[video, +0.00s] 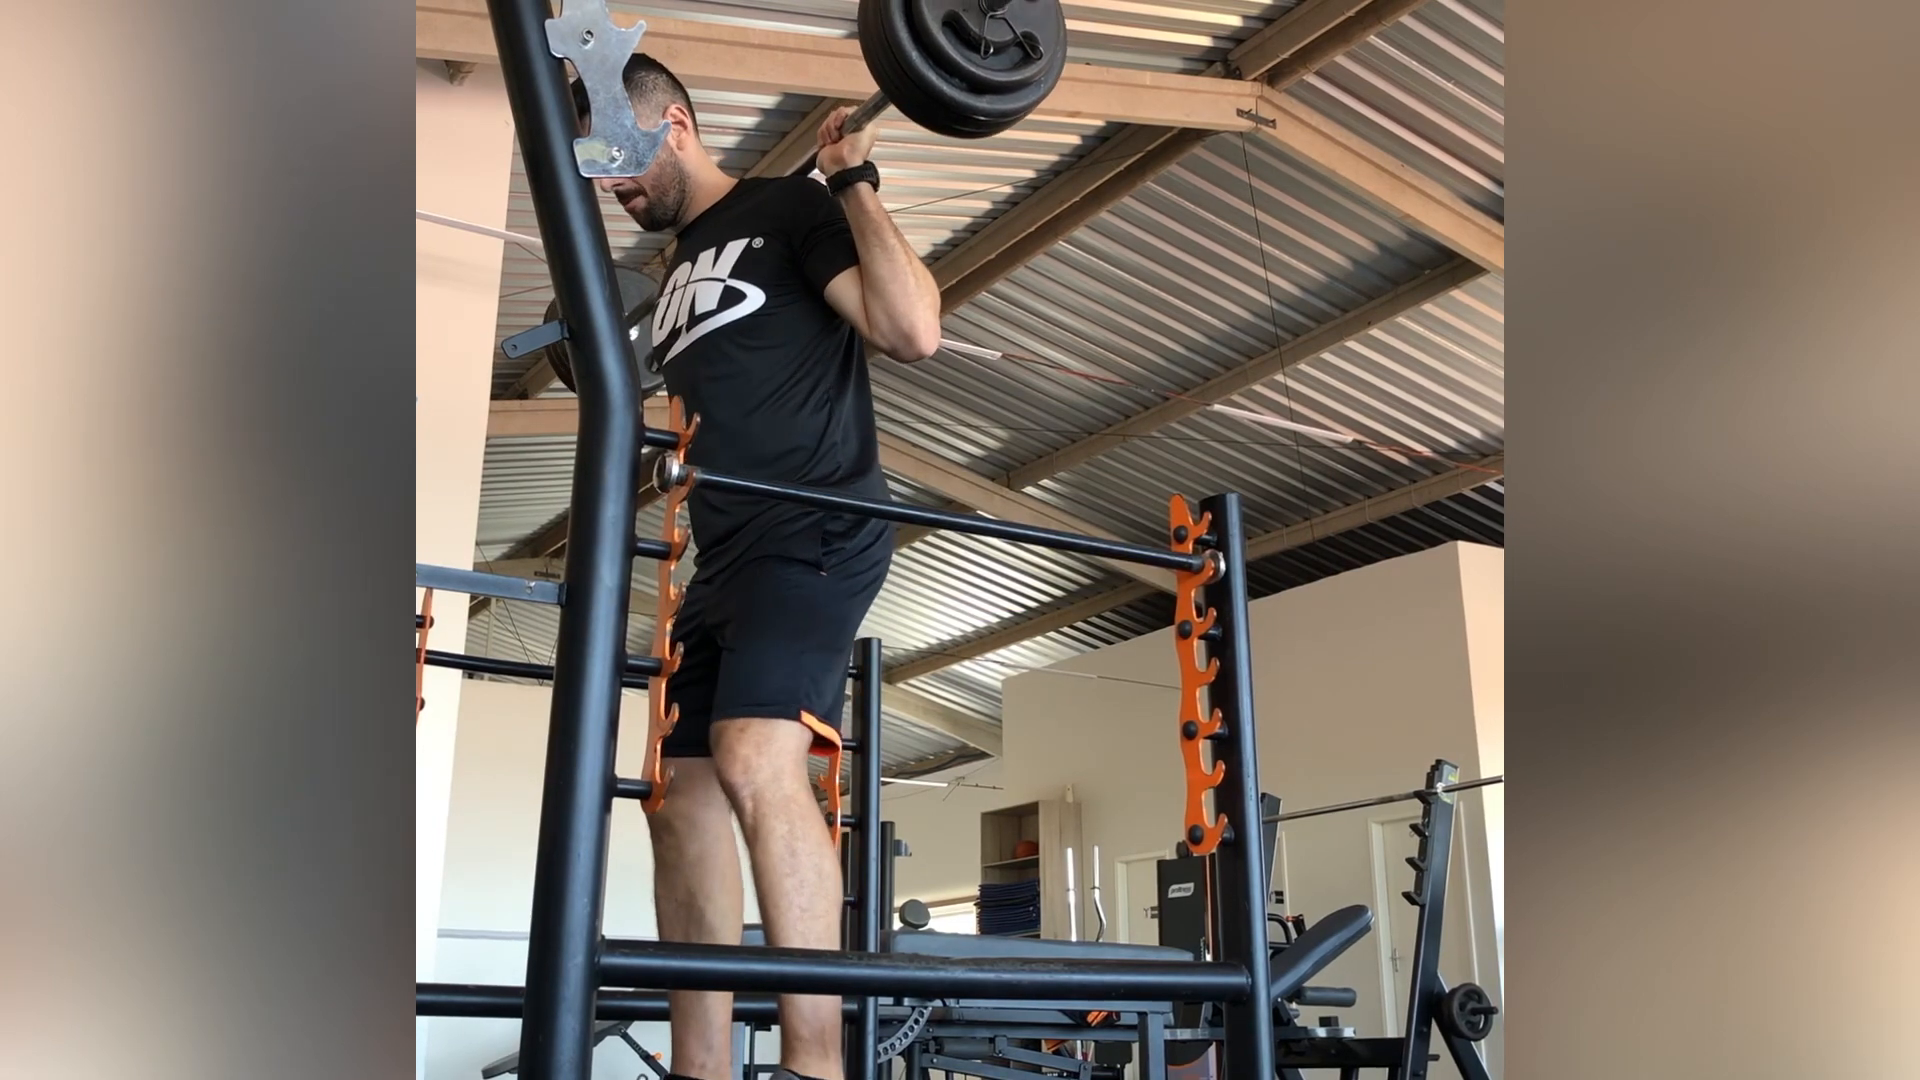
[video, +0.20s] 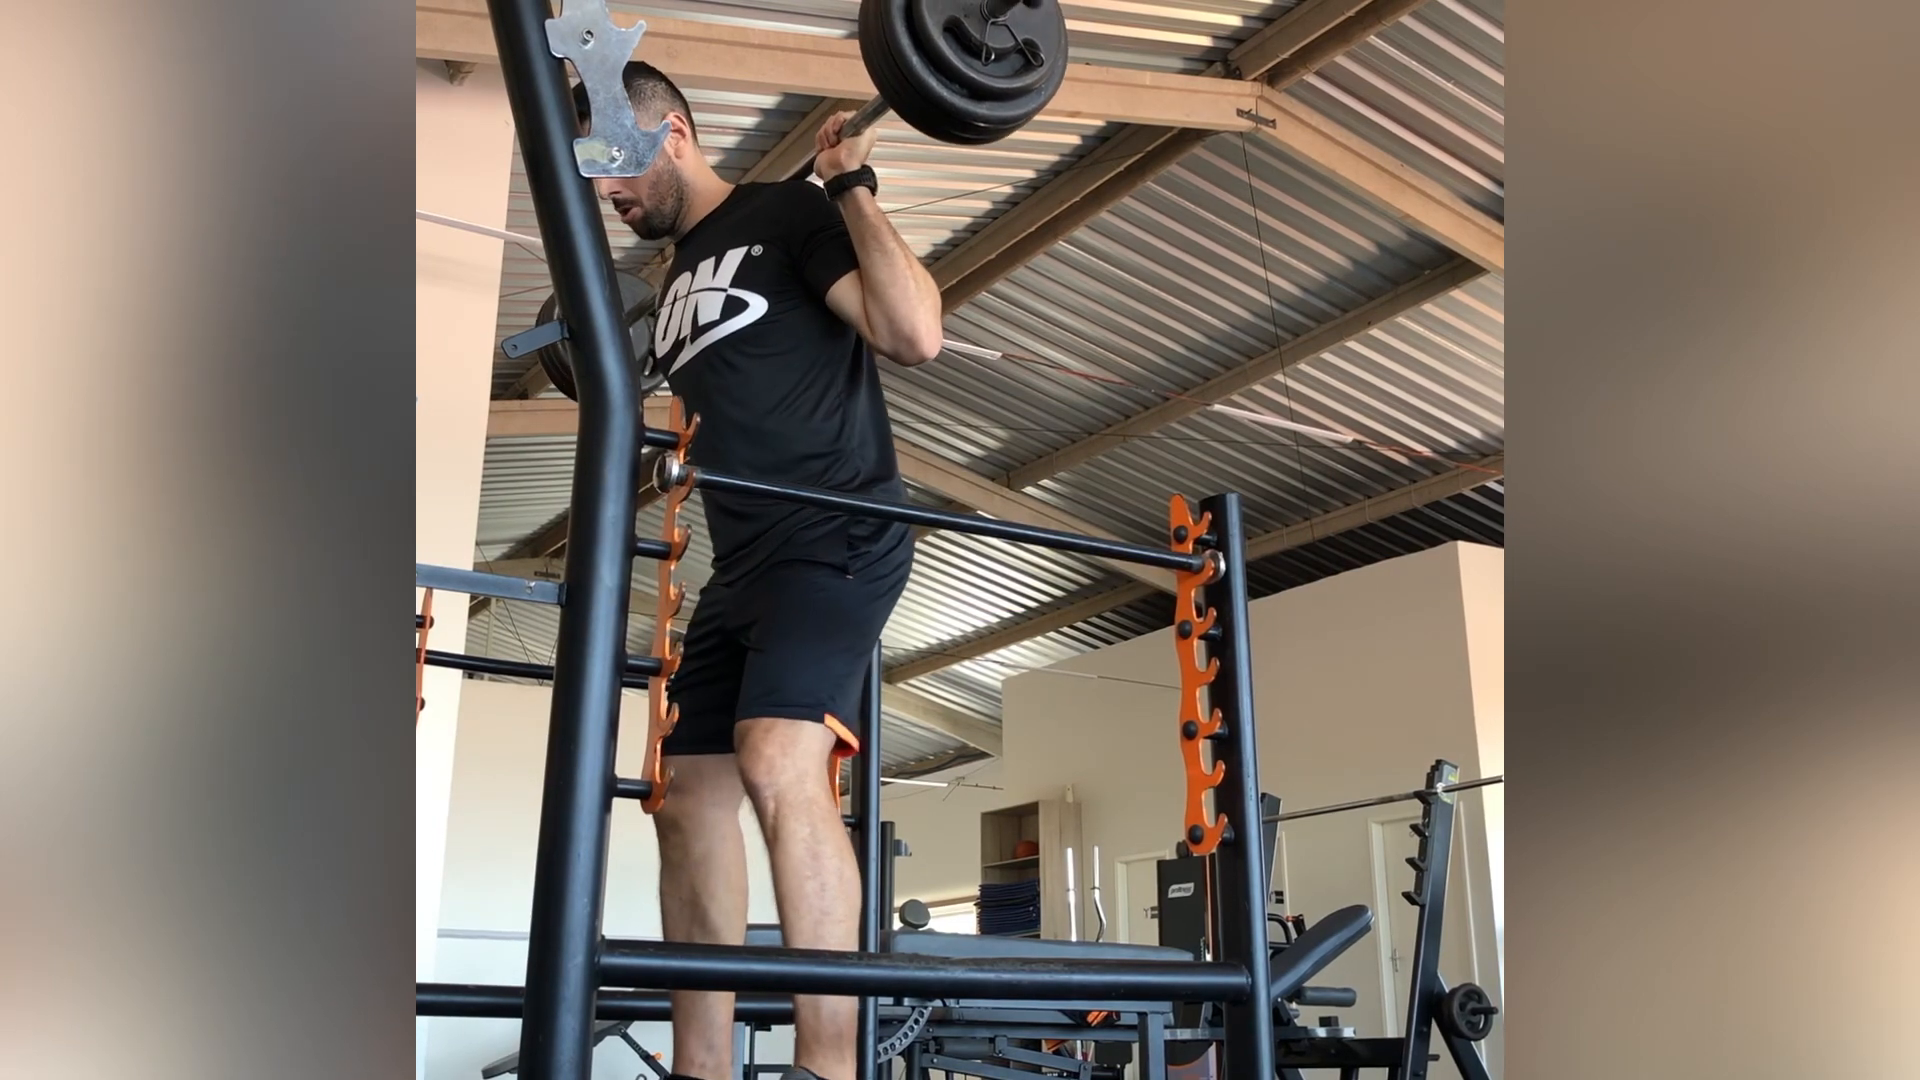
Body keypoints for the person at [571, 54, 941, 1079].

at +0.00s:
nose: (615, 183)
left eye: (626, 155)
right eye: (602, 168)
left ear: (680, 127)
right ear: (610, 171)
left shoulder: (790, 205)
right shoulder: (677, 277)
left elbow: (914, 332)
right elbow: (709, 421)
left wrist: (855, 184)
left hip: (817, 526)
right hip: (725, 546)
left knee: (758, 754)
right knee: (683, 789)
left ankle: (819, 1063)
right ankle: (699, 1068)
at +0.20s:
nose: (611, 192)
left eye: (620, 161)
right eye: (597, 176)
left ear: (677, 132)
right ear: (604, 183)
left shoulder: (790, 211)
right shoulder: (674, 293)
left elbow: (918, 336)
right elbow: (713, 428)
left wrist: (854, 187)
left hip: (838, 534)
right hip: (742, 555)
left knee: (780, 759)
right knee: (689, 790)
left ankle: (831, 1065)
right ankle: (700, 1068)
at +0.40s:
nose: (607, 195)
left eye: (618, 164)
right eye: (594, 178)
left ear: (677, 135)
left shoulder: (790, 208)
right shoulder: (673, 288)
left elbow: (920, 334)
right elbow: (718, 422)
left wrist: (856, 184)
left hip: (848, 527)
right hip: (753, 553)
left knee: (774, 753)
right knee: (684, 789)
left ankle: (824, 1066)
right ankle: (701, 1066)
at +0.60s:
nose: (598, 220)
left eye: (606, 188)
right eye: (584, 201)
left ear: (670, 159)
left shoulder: (788, 241)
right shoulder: (665, 322)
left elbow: (915, 368)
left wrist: (849, 219)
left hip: (851, 549)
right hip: (754, 574)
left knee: (733, 761)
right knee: (635, 790)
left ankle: (819, 1066)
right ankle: (695, 1068)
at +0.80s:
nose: (601, 281)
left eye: (606, 252)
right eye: (588, 262)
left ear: (665, 229)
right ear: (654, 241)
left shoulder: (783, 305)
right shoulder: (671, 373)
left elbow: (909, 437)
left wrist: (842, 286)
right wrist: (643, 420)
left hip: (862, 605)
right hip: (763, 629)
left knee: (709, 779)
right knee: (595, 808)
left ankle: (816, 1068)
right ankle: (689, 1070)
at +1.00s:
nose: (590, 348)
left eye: (597, 321)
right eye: (577, 329)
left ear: (653, 305)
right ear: (641, 314)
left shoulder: (773, 376)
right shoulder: (645, 447)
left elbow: (911, 503)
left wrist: (832, 360)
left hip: (876, 668)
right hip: (766, 691)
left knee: (697, 793)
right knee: (576, 825)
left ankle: (817, 1069)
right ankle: (686, 1074)